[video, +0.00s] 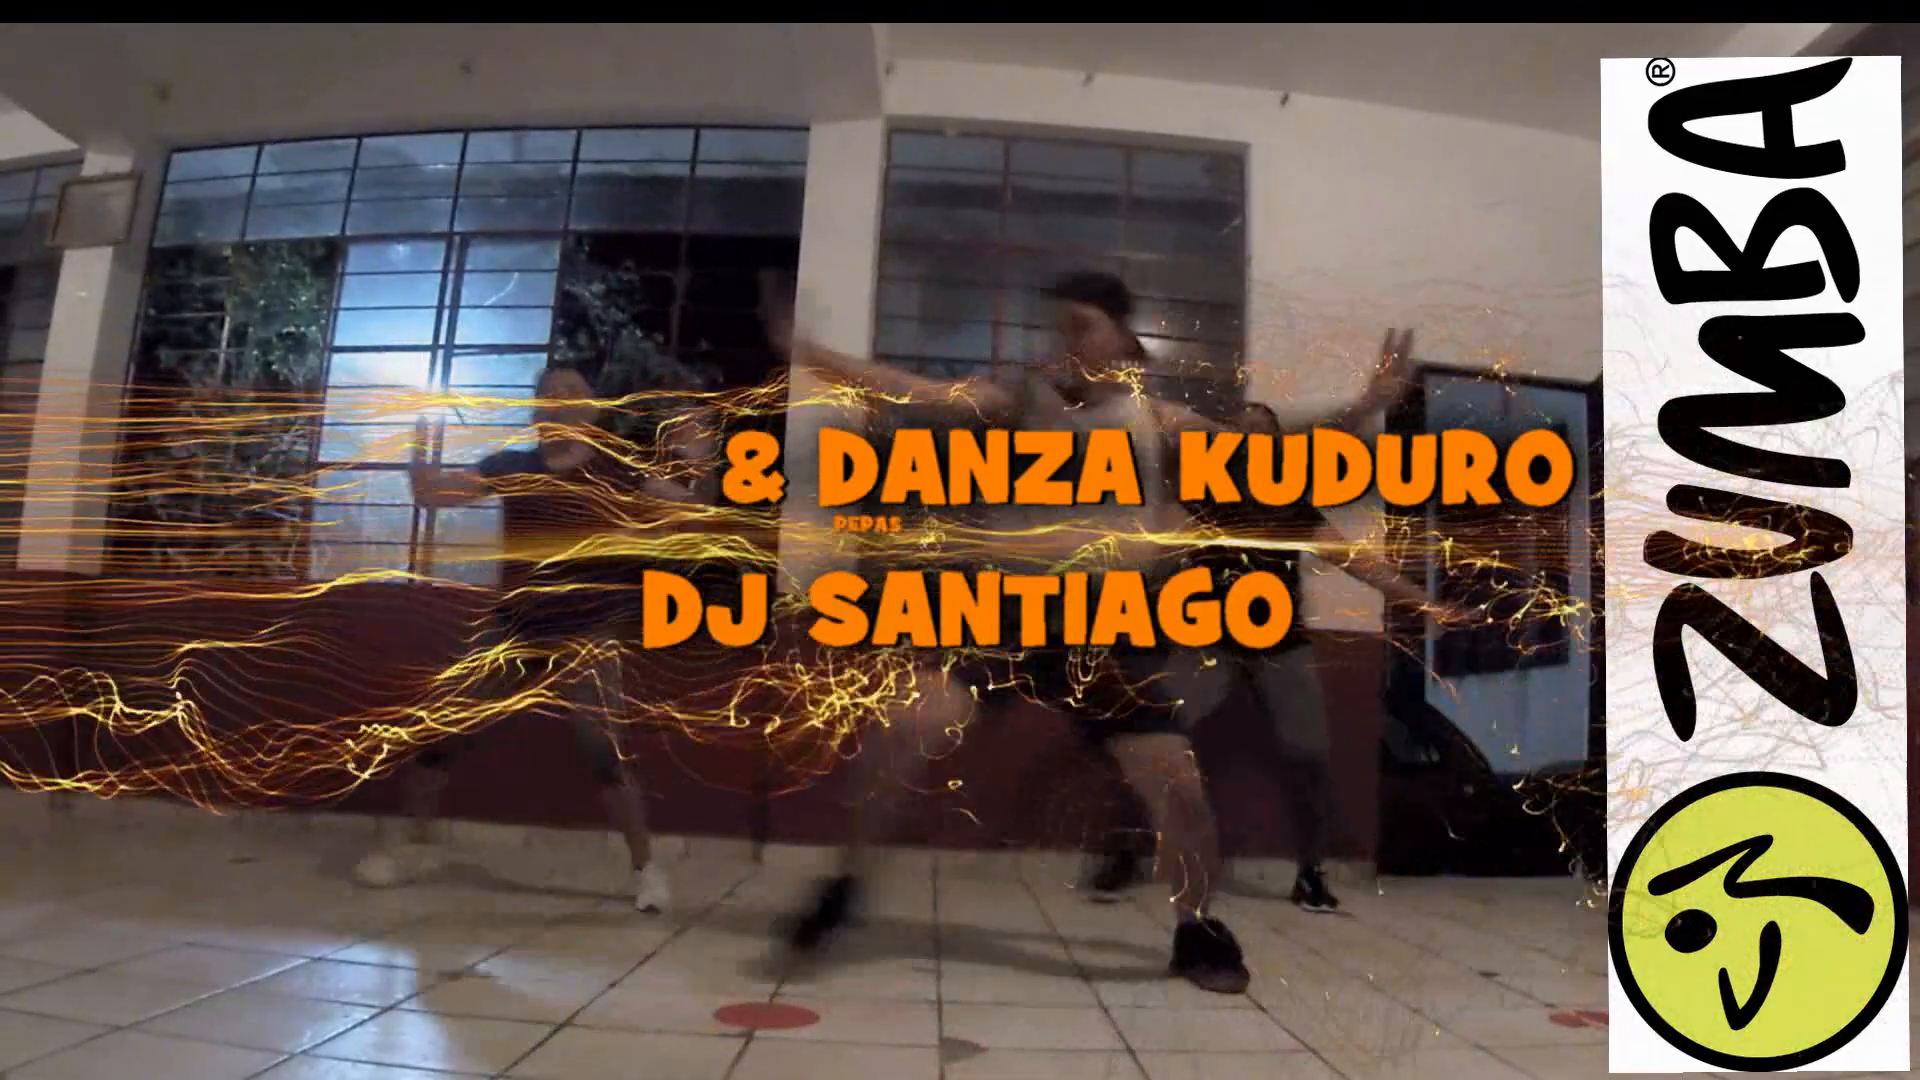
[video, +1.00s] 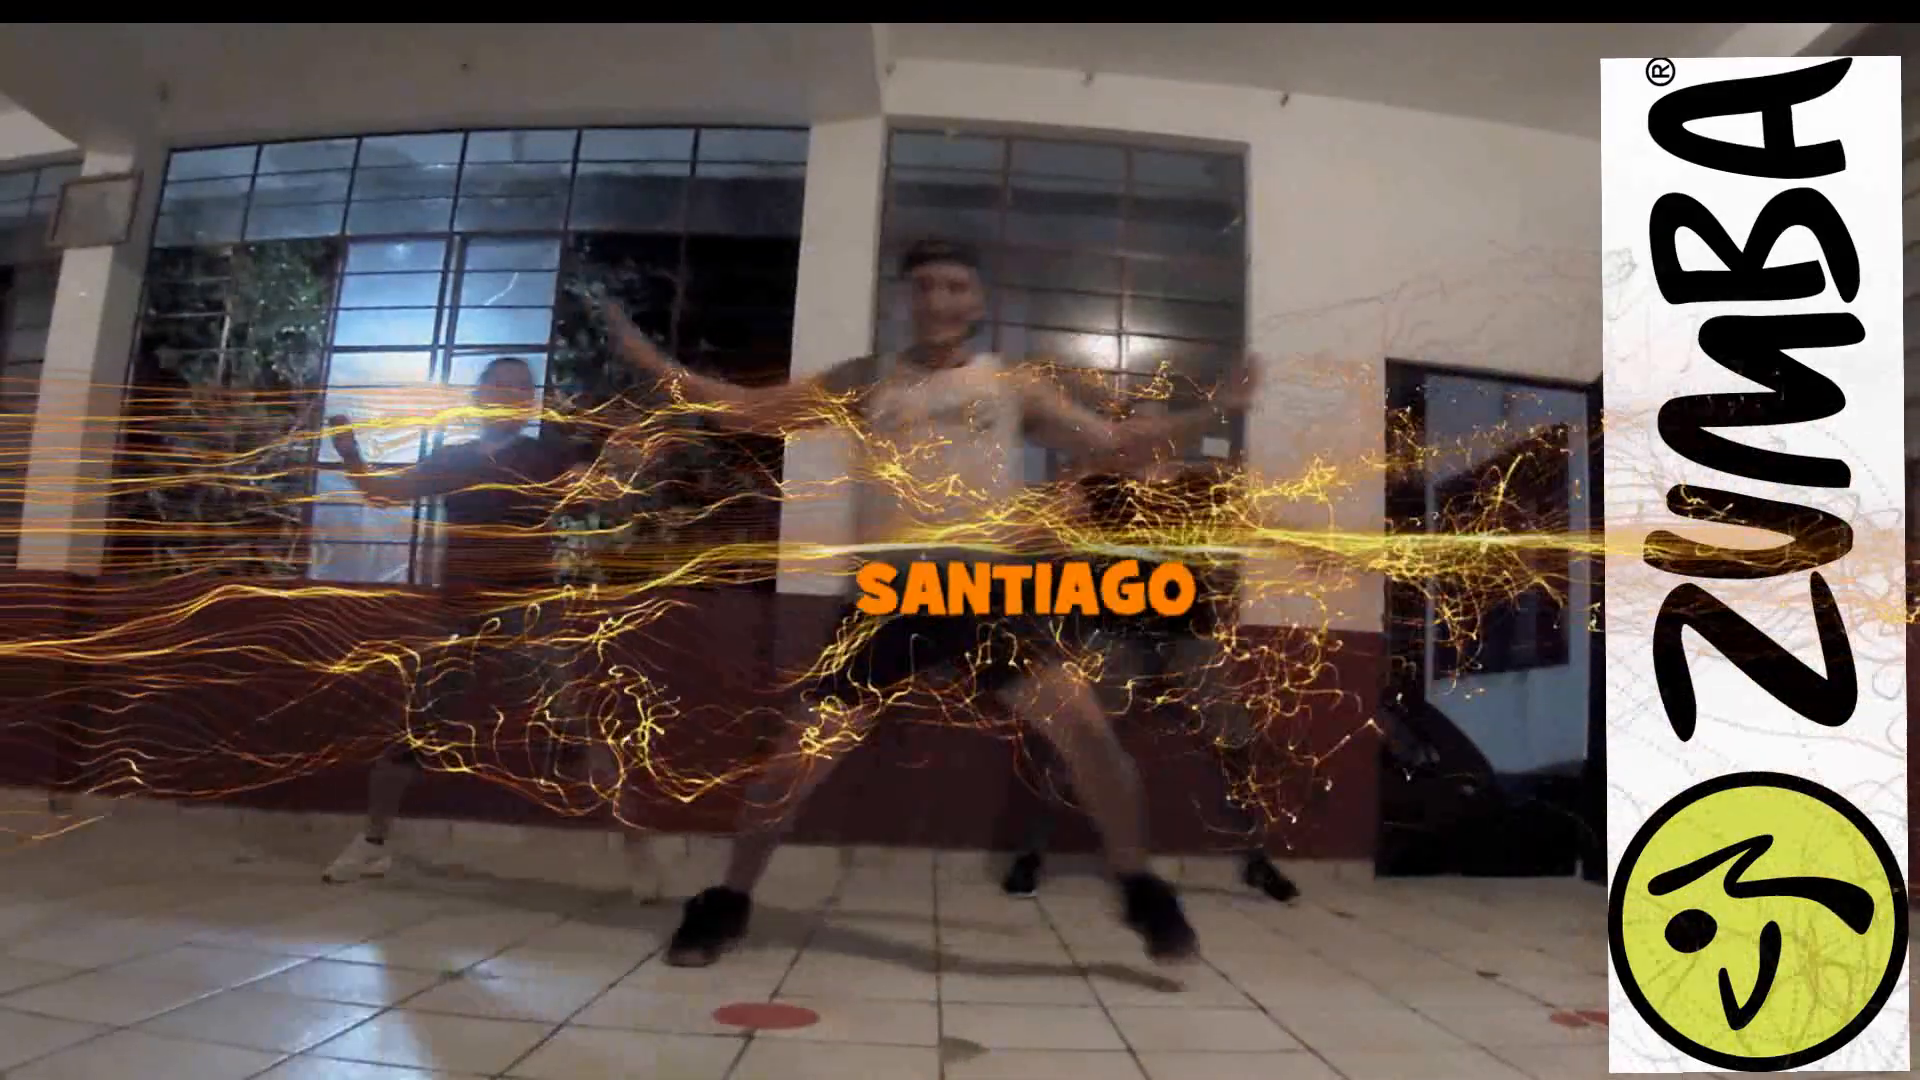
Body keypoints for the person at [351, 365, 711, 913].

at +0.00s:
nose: (559, 418)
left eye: (571, 407)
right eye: (550, 407)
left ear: (594, 414)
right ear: (538, 412)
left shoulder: (622, 473)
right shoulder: (516, 467)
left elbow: (688, 509)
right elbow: (435, 491)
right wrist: (423, 463)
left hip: (592, 630)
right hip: (517, 624)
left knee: (601, 745)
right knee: (442, 726)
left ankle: (646, 866)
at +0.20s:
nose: (489, 401)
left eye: (500, 392)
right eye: (481, 391)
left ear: (517, 400)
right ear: (466, 396)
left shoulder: (532, 462)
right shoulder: (442, 456)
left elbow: (596, 512)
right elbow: (391, 506)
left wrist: (657, 495)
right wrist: (335, 462)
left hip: (505, 609)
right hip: (432, 607)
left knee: (547, 730)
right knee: (388, 714)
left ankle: (607, 858)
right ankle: (369, 848)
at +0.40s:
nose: (455, 398)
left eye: (466, 390)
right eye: (445, 388)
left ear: (479, 400)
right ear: (424, 397)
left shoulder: (494, 464)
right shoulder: (394, 461)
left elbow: (549, 510)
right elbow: (327, 504)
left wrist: (559, 468)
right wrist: (303, 473)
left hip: (463, 605)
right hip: (399, 603)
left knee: (462, 713)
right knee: (372, 716)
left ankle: (475, 832)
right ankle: (364, 844)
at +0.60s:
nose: (442, 387)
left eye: (454, 381)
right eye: (433, 378)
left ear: (471, 395)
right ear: (416, 387)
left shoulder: (486, 445)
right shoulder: (391, 438)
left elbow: (478, 485)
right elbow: (342, 496)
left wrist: (426, 436)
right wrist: (363, 476)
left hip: (457, 594)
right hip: (395, 589)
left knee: (428, 708)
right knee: (374, 704)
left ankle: (398, 833)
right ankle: (364, 839)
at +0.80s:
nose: (455, 423)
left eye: (465, 415)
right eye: (447, 412)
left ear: (478, 426)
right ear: (431, 417)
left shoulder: (492, 479)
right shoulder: (399, 479)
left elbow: (494, 528)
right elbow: (339, 518)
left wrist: (450, 479)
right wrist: (366, 461)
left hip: (467, 622)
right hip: (403, 620)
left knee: (462, 727)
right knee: (356, 725)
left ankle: (476, 828)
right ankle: (368, 850)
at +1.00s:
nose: (507, 402)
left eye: (516, 393)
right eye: (498, 392)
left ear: (531, 399)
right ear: (479, 399)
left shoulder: (549, 454)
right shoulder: (456, 462)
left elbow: (610, 489)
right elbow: (380, 489)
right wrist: (347, 448)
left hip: (533, 603)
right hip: (463, 603)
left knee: (569, 715)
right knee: (416, 718)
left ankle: (631, 840)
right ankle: (372, 840)